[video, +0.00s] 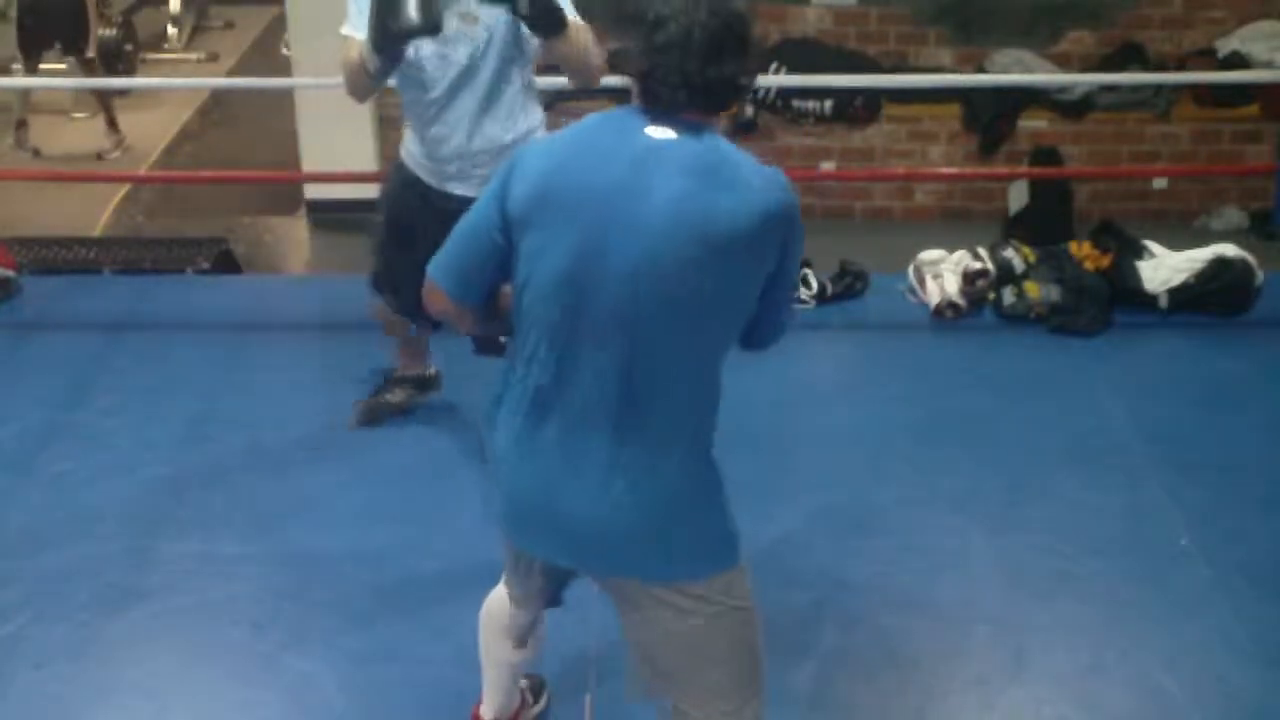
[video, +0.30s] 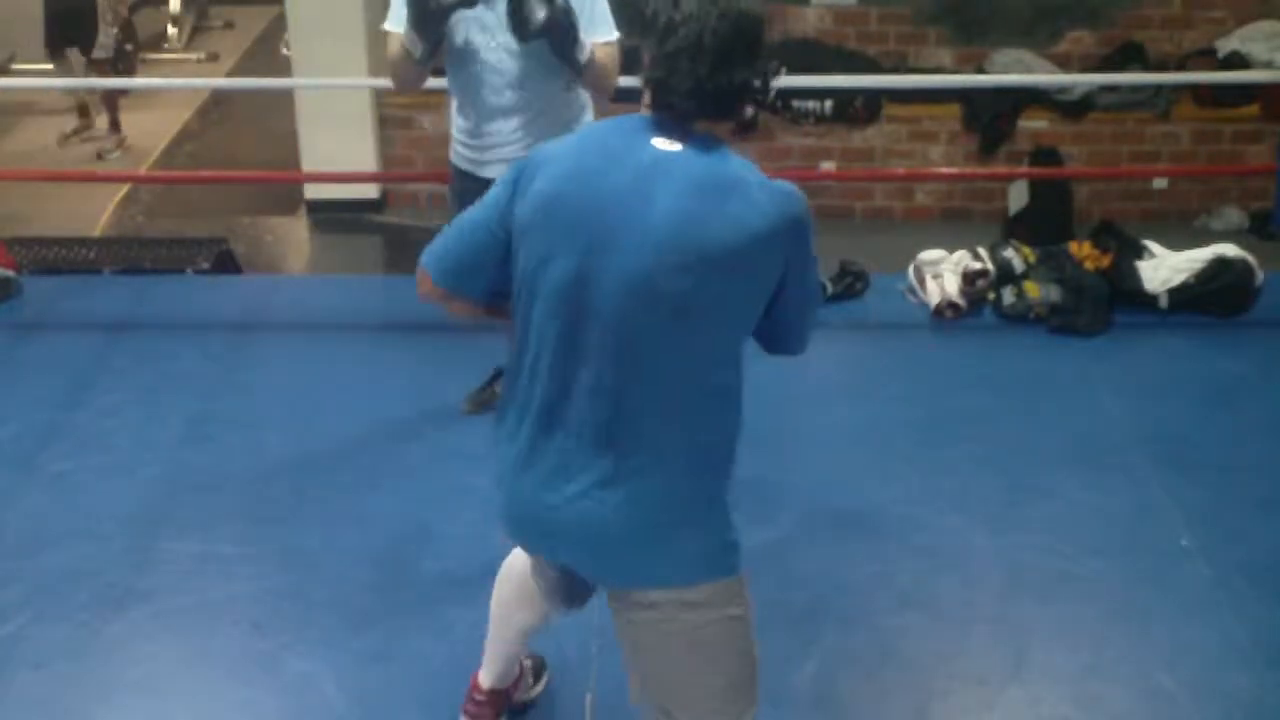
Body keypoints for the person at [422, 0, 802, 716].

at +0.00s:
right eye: (747, 70)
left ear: (635, 67)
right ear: (738, 85)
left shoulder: (543, 159)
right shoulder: (762, 196)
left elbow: (444, 294)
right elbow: (759, 329)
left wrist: (504, 323)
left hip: (531, 478)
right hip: (659, 511)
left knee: (520, 597)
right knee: (726, 705)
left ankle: (497, 705)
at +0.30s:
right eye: (760, 77)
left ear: (645, 72)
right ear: (750, 92)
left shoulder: (556, 164)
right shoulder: (771, 210)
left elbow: (440, 277)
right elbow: (787, 333)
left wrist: (539, 303)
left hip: (538, 492)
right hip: (668, 525)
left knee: (544, 562)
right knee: (711, 705)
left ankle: (493, 684)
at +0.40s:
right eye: (732, 68)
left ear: (622, 60)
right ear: (719, 77)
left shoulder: (536, 148)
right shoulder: (737, 186)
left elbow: (421, 189)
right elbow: (773, 313)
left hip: (527, 480)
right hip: (653, 519)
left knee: (533, 543)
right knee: (693, 703)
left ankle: (493, 660)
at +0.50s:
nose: (703, 60)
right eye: (697, 48)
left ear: (590, 43)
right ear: (681, 62)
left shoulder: (519, 112)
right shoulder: (678, 165)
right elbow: (737, 287)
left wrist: (504, 15)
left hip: (485, 440)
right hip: (601, 479)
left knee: (518, 533)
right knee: (662, 697)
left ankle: (496, 656)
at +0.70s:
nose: (639, 58)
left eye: (636, 45)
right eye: (639, 46)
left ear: (541, 23)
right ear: (626, 47)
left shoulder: (485, 78)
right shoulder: (619, 139)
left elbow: (427, 105)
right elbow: (673, 269)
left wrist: (496, 50)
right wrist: (677, 196)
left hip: (437, 371)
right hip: (525, 418)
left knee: (511, 479)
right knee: (573, 621)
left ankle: (472, 587)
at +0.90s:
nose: (556, 13)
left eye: (552, 6)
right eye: (550, 5)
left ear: (461, 16)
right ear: (533, 13)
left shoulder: (423, 90)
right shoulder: (568, 100)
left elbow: (440, 42)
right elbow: (671, 144)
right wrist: (671, 78)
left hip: (446, 341)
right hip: (539, 361)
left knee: (469, 444)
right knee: (553, 564)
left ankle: (443, 562)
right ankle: (490, 712)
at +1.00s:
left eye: (415, 18)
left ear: (421, 16)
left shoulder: (408, 87)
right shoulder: (565, 38)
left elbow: (400, 185)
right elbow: (641, 10)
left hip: (456, 330)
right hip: (553, 338)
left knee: (462, 428)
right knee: (536, 548)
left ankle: (442, 562)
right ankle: (456, 713)